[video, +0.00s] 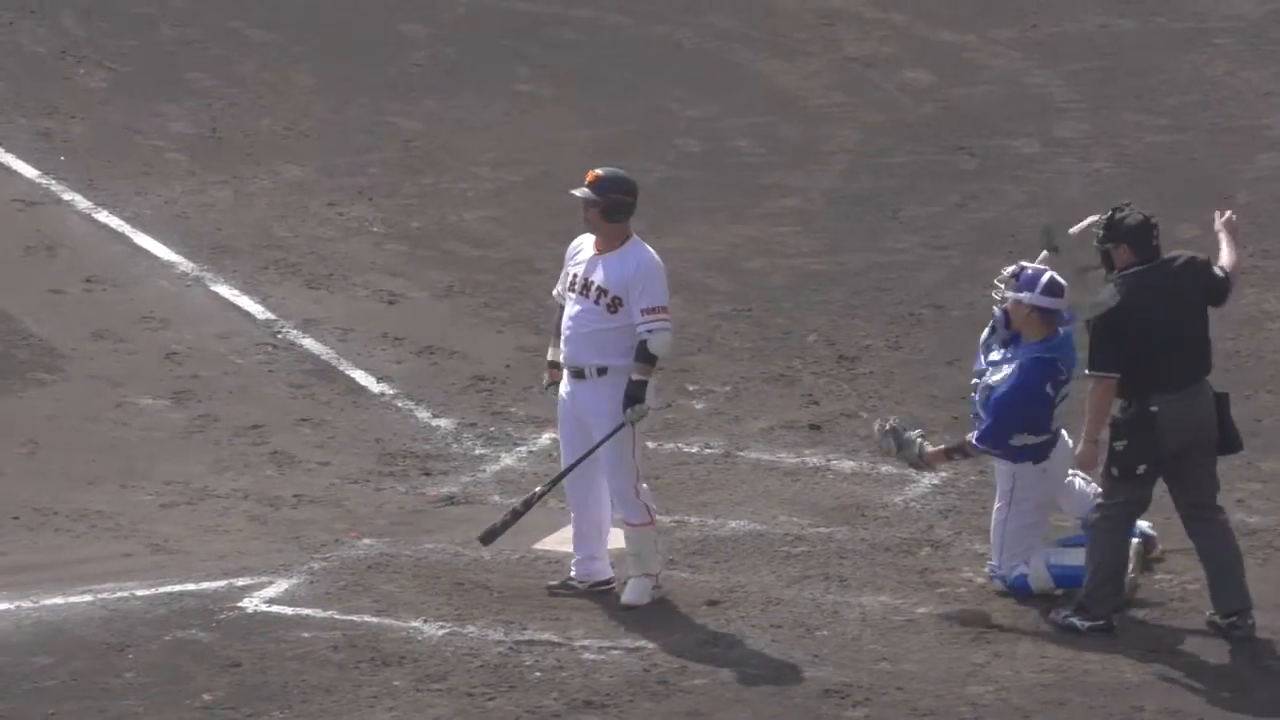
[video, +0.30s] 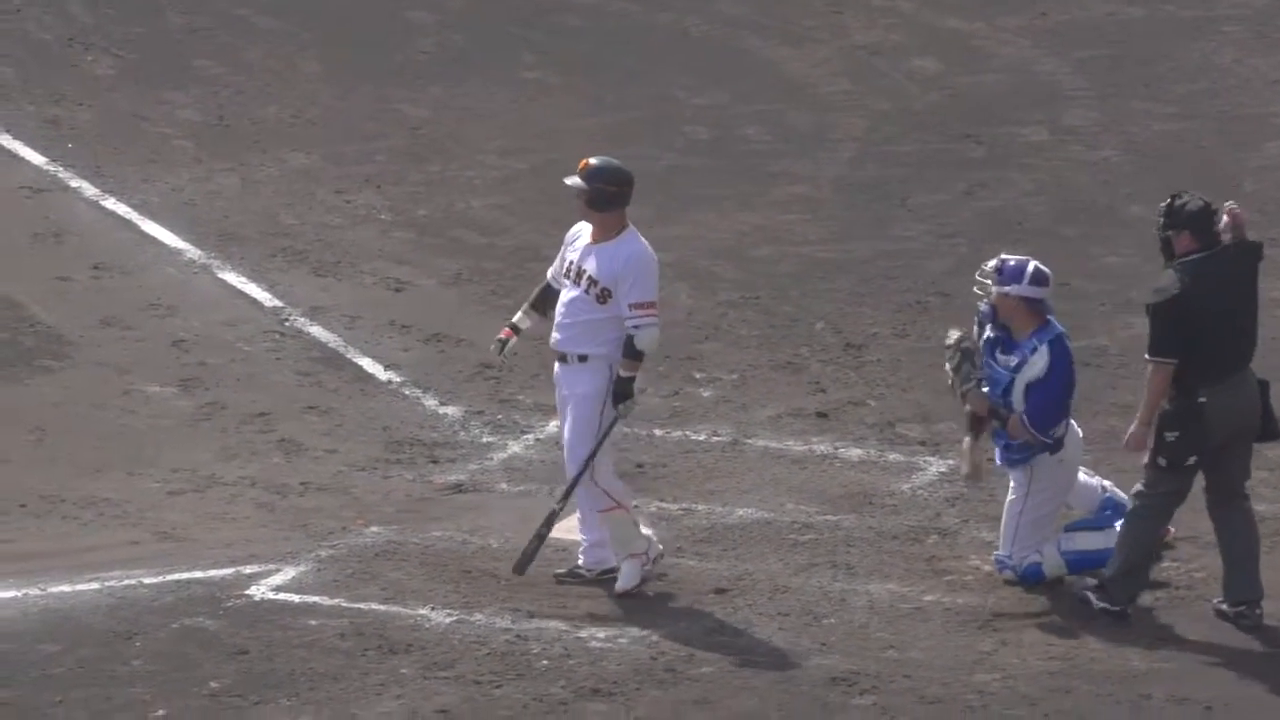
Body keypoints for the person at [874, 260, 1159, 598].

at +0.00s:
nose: (1003, 306)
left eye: (1010, 301)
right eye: (1006, 299)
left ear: (1028, 310)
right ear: (1036, 308)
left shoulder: (1028, 376)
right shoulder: (1047, 334)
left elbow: (991, 436)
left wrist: (940, 454)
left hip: (1027, 467)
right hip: (1050, 443)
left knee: (1010, 572)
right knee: (1071, 490)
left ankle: (1114, 559)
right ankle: (1130, 533)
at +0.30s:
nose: (990, 299)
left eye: (998, 293)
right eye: (993, 291)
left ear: (1017, 303)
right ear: (1018, 302)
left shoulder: (1051, 358)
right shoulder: (995, 322)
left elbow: (1036, 430)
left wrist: (988, 409)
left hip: (1044, 460)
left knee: (1017, 562)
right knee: (1070, 486)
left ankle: (1134, 542)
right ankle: (1141, 521)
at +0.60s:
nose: (980, 286)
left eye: (986, 280)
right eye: (981, 279)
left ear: (1004, 288)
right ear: (1007, 288)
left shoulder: (1035, 343)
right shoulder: (1010, 320)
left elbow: (1023, 423)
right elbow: (990, 385)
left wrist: (985, 469)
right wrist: (953, 427)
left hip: (1048, 450)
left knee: (1020, 553)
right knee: (1060, 482)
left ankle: (1135, 529)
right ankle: (1141, 509)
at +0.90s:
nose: (986, 274)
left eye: (992, 268)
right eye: (988, 267)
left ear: (1011, 276)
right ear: (1019, 274)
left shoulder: (1026, 332)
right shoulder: (1044, 301)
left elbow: (1036, 408)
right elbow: (1075, 356)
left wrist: (1044, 467)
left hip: (1044, 442)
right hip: (1062, 426)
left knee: (1027, 546)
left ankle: (1136, 526)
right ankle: (1141, 506)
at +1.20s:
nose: (999, 258)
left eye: (1005, 252)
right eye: (1002, 251)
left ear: (1023, 260)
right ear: (1030, 259)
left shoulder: (1035, 306)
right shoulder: (1045, 294)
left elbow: (1040, 378)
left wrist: (1033, 440)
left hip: (1047, 422)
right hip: (1060, 416)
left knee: (1024, 530)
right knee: (1044, 509)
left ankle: (1127, 523)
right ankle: (1132, 498)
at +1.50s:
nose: (1000, 249)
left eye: (1008, 243)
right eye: (1001, 242)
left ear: (1030, 249)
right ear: (1026, 249)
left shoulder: (1045, 292)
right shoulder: (1013, 291)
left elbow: (1041, 371)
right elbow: (1003, 370)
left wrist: (992, 410)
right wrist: (974, 408)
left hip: (1045, 407)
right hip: (1024, 408)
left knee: (1012, 497)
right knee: (1010, 520)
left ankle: (1115, 516)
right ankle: (1107, 484)